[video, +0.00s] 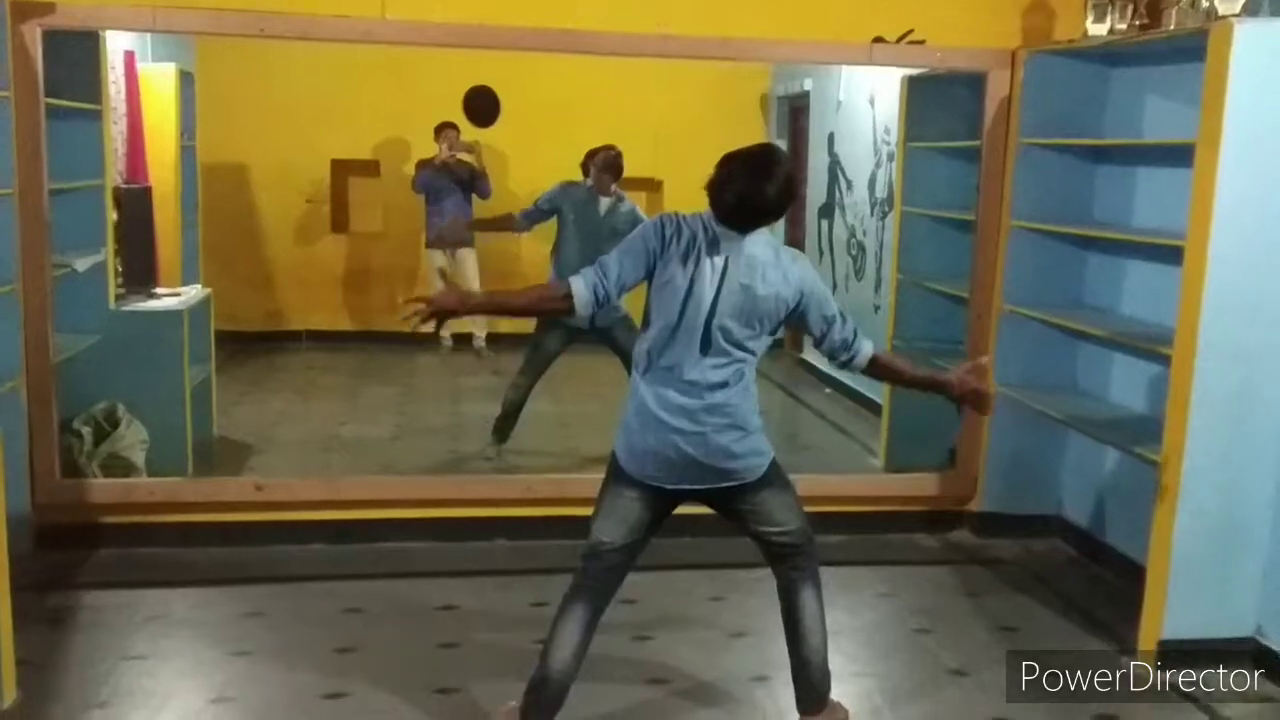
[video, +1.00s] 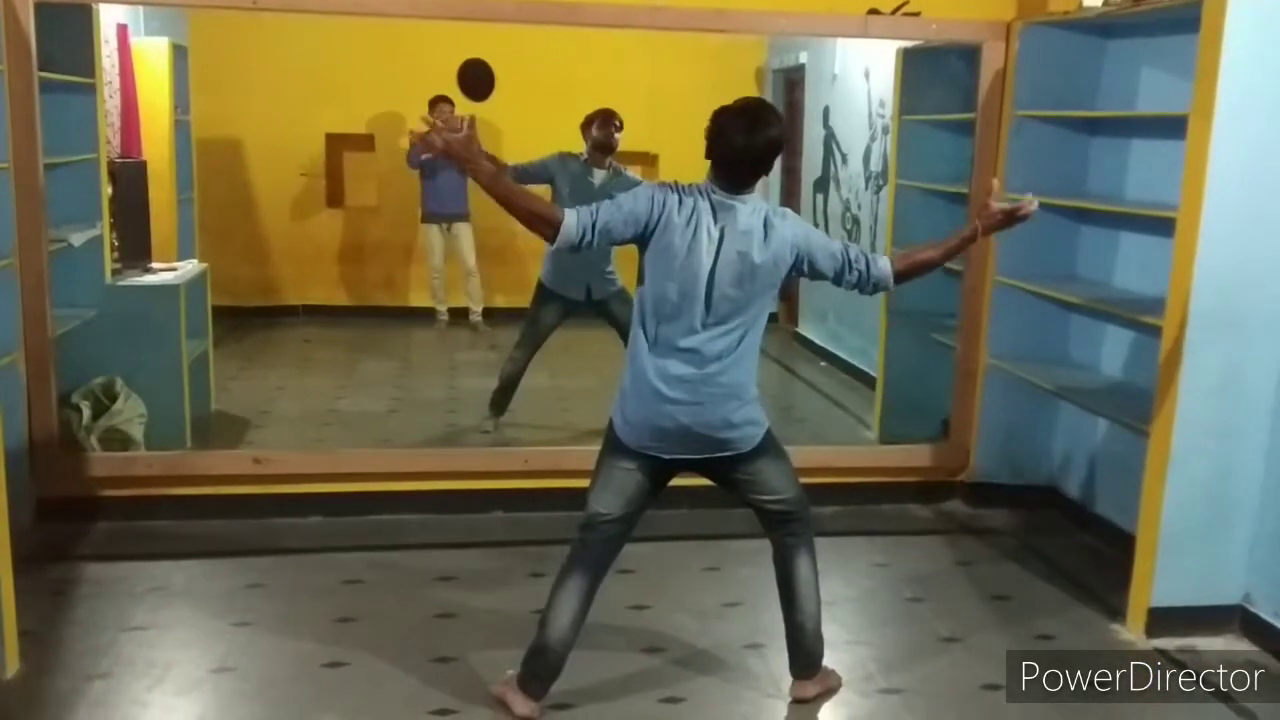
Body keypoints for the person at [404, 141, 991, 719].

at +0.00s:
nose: (795, 192)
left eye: (785, 182)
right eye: (791, 187)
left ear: (717, 191)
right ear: (779, 209)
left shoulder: (668, 232)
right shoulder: (791, 273)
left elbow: (578, 295)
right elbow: (857, 351)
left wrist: (472, 301)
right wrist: (945, 382)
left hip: (647, 442)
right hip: (730, 449)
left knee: (592, 582)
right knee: (797, 565)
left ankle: (533, 712)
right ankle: (816, 708)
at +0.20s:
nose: (782, 189)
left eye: (746, 171)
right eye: (785, 182)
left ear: (716, 180)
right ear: (778, 199)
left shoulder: (668, 221)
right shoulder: (791, 257)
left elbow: (577, 272)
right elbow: (868, 327)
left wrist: (466, 266)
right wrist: (958, 342)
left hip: (647, 429)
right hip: (731, 435)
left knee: (591, 571)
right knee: (797, 551)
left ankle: (528, 706)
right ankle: (813, 697)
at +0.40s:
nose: (791, 182)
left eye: (758, 161)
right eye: (788, 173)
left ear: (718, 172)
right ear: (776, 190)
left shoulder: (668, 211)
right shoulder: (789, 245)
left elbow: (570, 254)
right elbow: (873, 308)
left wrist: (463, 237)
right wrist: (971, 305)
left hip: (645, 421)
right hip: (729, 425)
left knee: (592, 558)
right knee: (795, 536)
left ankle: (530, 699)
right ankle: (811, 686)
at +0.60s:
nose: (792, 167)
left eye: (782, 153)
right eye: (789, 158)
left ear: (717, 158)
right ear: (775, 176)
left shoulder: (664, 203)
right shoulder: (786, 234)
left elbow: (565, 238)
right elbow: (879, 293)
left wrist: (466, 207)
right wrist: (981, 280)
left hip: (643, 416)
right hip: (728, 421)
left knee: (589, 556)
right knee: (795, 534)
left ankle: (525, 701)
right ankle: (811, 687)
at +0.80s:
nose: (770, 163)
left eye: (743, 146)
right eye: (774, 155)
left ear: (711, 153)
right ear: (769, 172)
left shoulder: (660, 206)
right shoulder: (784, 235)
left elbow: (559, 230)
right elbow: (879, 284)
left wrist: (464, 185)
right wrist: (978, 255)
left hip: (641, 415)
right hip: (726, 419)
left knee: (589, 552)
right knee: (792, 531)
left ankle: (527, 695)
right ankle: (808, 681)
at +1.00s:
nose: (770, 157)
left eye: (744, 146)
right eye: (773, 150)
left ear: (708, 150)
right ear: (768, 164)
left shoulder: (659, 205)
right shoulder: (782, 231)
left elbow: (560, 224)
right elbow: (880, 274)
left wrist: (472, 161)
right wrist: (972, 233)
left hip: (642, 417)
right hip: (728, 421)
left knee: (588, 553)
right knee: (792, 530)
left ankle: (527, 692)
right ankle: (808, 677)